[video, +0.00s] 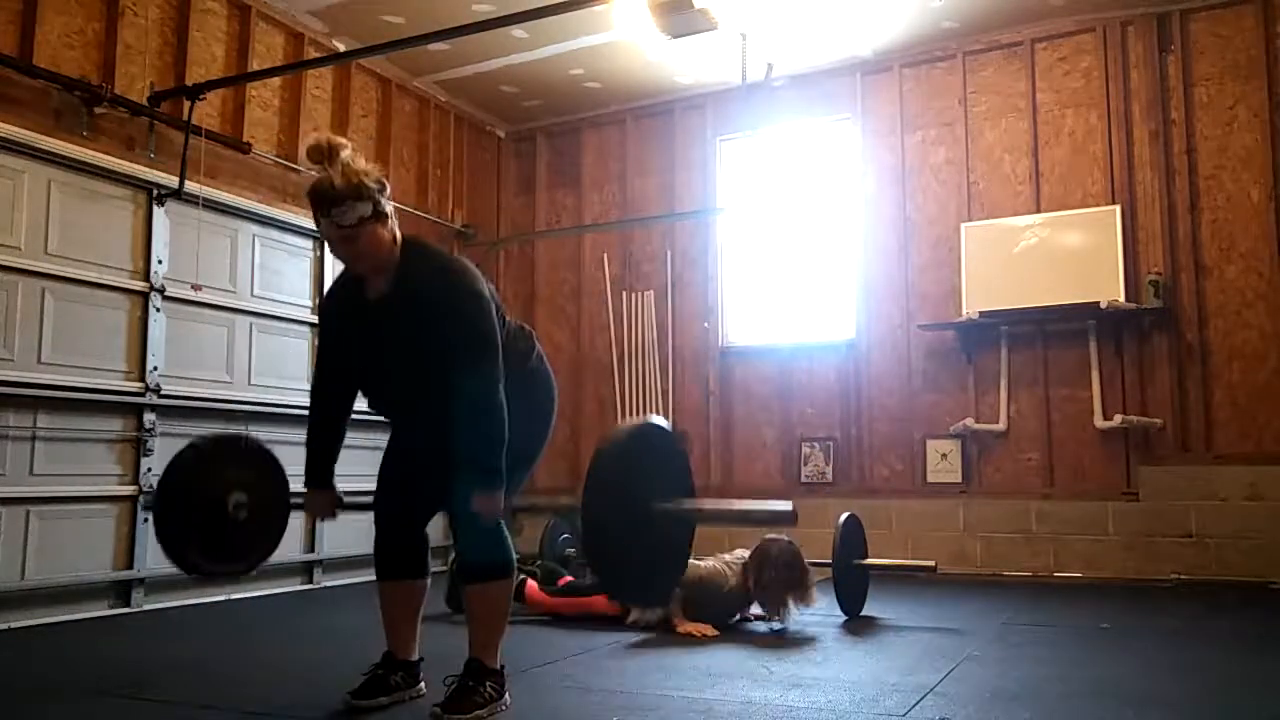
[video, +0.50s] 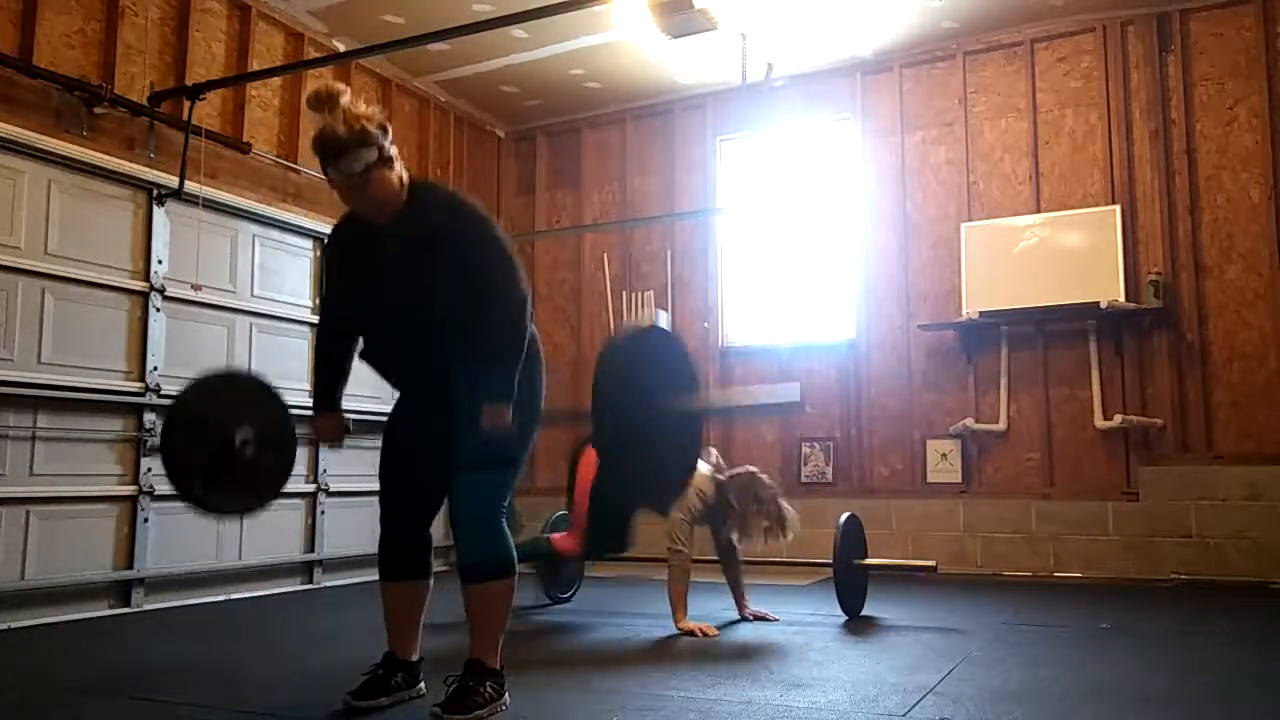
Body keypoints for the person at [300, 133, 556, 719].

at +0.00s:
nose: (343, 248)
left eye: (353, 232)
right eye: (333, 238)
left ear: (386, 221)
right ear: (326, 239)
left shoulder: (452, 283)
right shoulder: (342, 305)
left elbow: (481, 387)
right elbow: (330, 396)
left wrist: (488, 477)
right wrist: (319, 479)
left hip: (503, 402)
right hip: (424, 411)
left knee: (475, 512)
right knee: (395, 516)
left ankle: (486, 671)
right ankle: (401, 664)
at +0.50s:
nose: (372, 186)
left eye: (378, 168)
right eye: (354, 179)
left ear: (395, 155)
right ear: (333, 183)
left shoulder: (450, 217)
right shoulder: (345, 245)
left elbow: (508, 297)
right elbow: (335, 327)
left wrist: (498, 390)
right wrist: (327, 403)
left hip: (495, 379)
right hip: (424, 385)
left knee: (477, 512)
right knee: (401, 512)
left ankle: (486, 669)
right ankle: (403, 662)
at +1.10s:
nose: (325, 239)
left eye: (332, 224)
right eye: (316, 228)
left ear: (369, 205)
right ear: (313, 224)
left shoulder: (437, 253)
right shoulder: (332, 277)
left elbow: (491, 342)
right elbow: (328, 359)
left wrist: (491, 430)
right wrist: (318, 438)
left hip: (494, 393)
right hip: (422, 401)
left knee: (479, 517)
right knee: (402, 517)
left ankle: (485, 669)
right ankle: (403, 662)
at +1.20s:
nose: (326, 281)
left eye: (335, 263)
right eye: (317, 267)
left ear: (369, 246)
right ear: (311, 263)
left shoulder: (442, 293)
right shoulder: (330, 314)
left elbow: (482, 393)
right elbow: (321, 400)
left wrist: (482, 482)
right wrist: (310, 484)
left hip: (500, 409)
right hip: (422, 419)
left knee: (475, 515)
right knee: (394, 514)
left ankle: (485, 670)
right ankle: (401, 664)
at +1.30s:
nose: (329, 318)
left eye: (338, 301)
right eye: (319, 305)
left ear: (372, 283)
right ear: (310, 300)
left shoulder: (444, 331)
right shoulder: (330, 350)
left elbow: (472, 441)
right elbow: (318, 440)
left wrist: (479, 532)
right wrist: (305, 528)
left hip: (505, 433)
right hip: (423, 443)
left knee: (463, 534)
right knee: (382, 515)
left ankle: (483, 672)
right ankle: (400, 665)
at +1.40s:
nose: (332, 351)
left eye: (341, 334)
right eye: (320, 340)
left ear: (371, 318)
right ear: (310, 338)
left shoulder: (446, 365)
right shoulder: (329, 386)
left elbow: (470, 483)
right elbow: (316, 476)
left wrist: (476, 581)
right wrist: (300, 564)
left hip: (514, 450)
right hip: (427, 459)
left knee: (448, 532)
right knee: (369, 519)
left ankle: (482, 674)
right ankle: (399, 666)